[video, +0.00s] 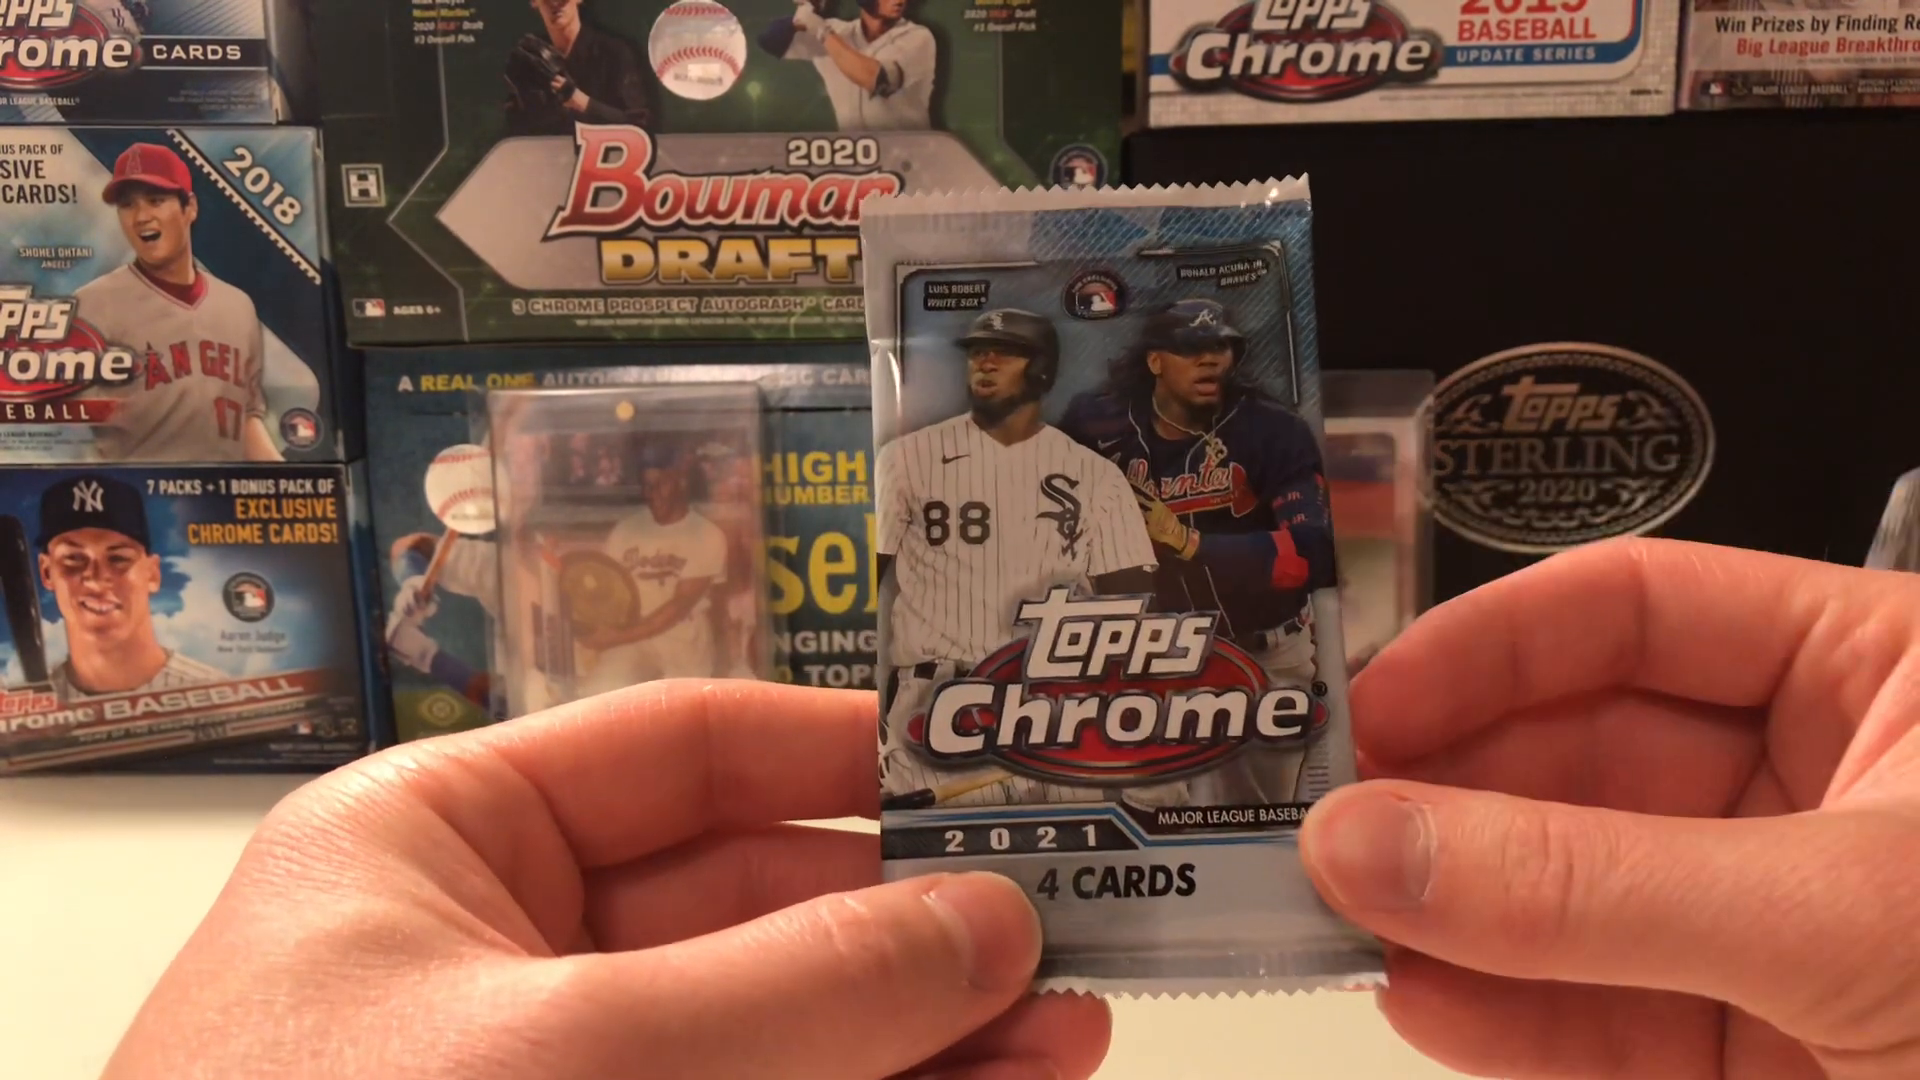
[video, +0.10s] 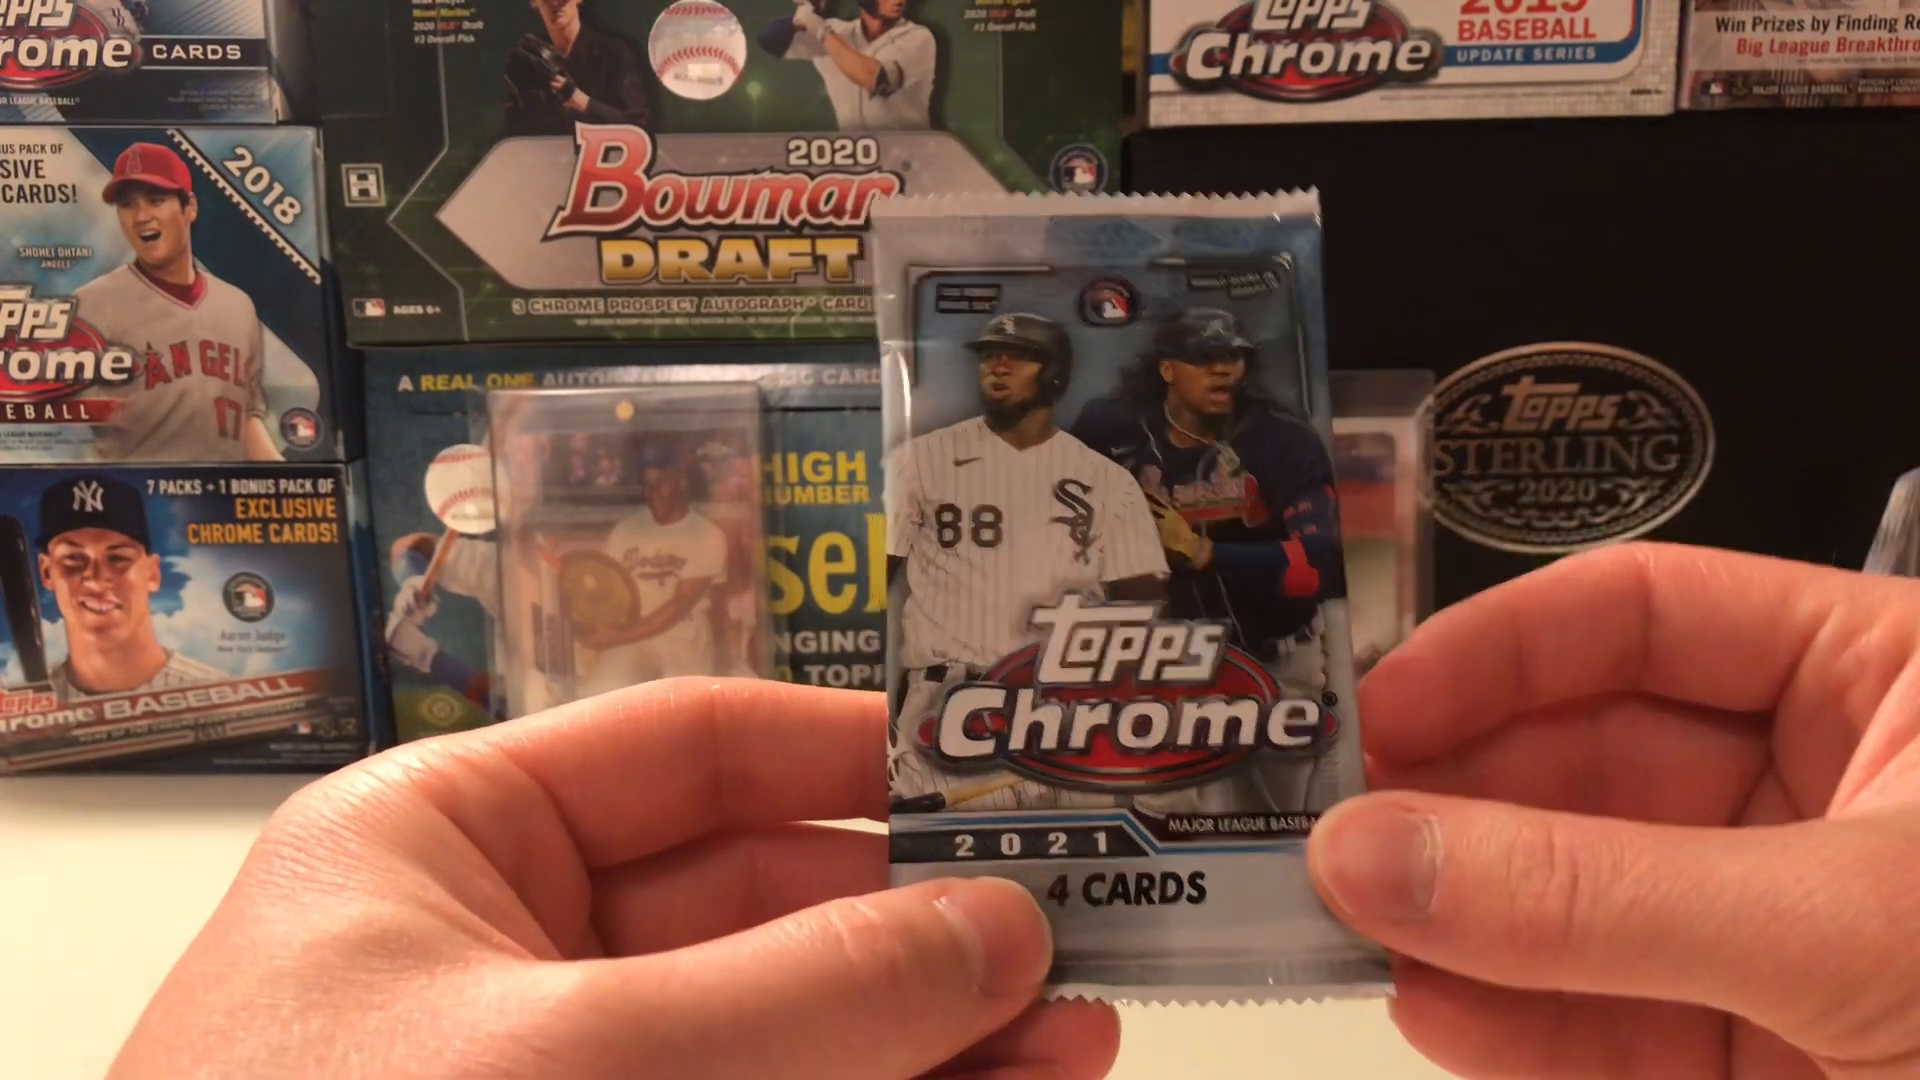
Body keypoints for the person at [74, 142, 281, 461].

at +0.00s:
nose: (142, 216)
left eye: (157, 200)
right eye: (128, 204)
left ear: (189, 209)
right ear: (118, 217)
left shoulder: (239, 307)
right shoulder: (92, 306)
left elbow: (247, 414)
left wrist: (284, 484)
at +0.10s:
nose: (142, 216)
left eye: (157, 200)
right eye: (128, 204)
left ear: (189, 209)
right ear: (118, 216)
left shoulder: (239, 307)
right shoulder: (91, 306)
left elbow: (247, 414)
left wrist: (284, 483)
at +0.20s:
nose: (142, 216)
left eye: (157, 200)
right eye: (128, 203)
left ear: (189, 209)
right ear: (118, 217)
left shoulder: (239, 307)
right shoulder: (91, 306)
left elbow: (247, 414)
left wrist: (284, 483)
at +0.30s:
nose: (142, 216)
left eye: (156, 200)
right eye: (128, 203)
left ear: (189, 209)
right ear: (118, 217)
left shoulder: (239, 307)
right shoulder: (91, 307)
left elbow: (247, 415)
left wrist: (284, 484)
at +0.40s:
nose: (142, 216)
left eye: (156, 200)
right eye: (128, 203)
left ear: (189, 209)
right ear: (118, 217)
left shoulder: (238, 306)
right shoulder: (90, 307)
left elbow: (248, 414)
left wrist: (283, 482)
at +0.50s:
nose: (142, 216)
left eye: (157, 200)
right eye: (128, 203)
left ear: (189, 209)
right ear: (118, 217)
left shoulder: (238, 306)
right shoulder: (91, 307)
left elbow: (248, 414)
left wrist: (283, 482)